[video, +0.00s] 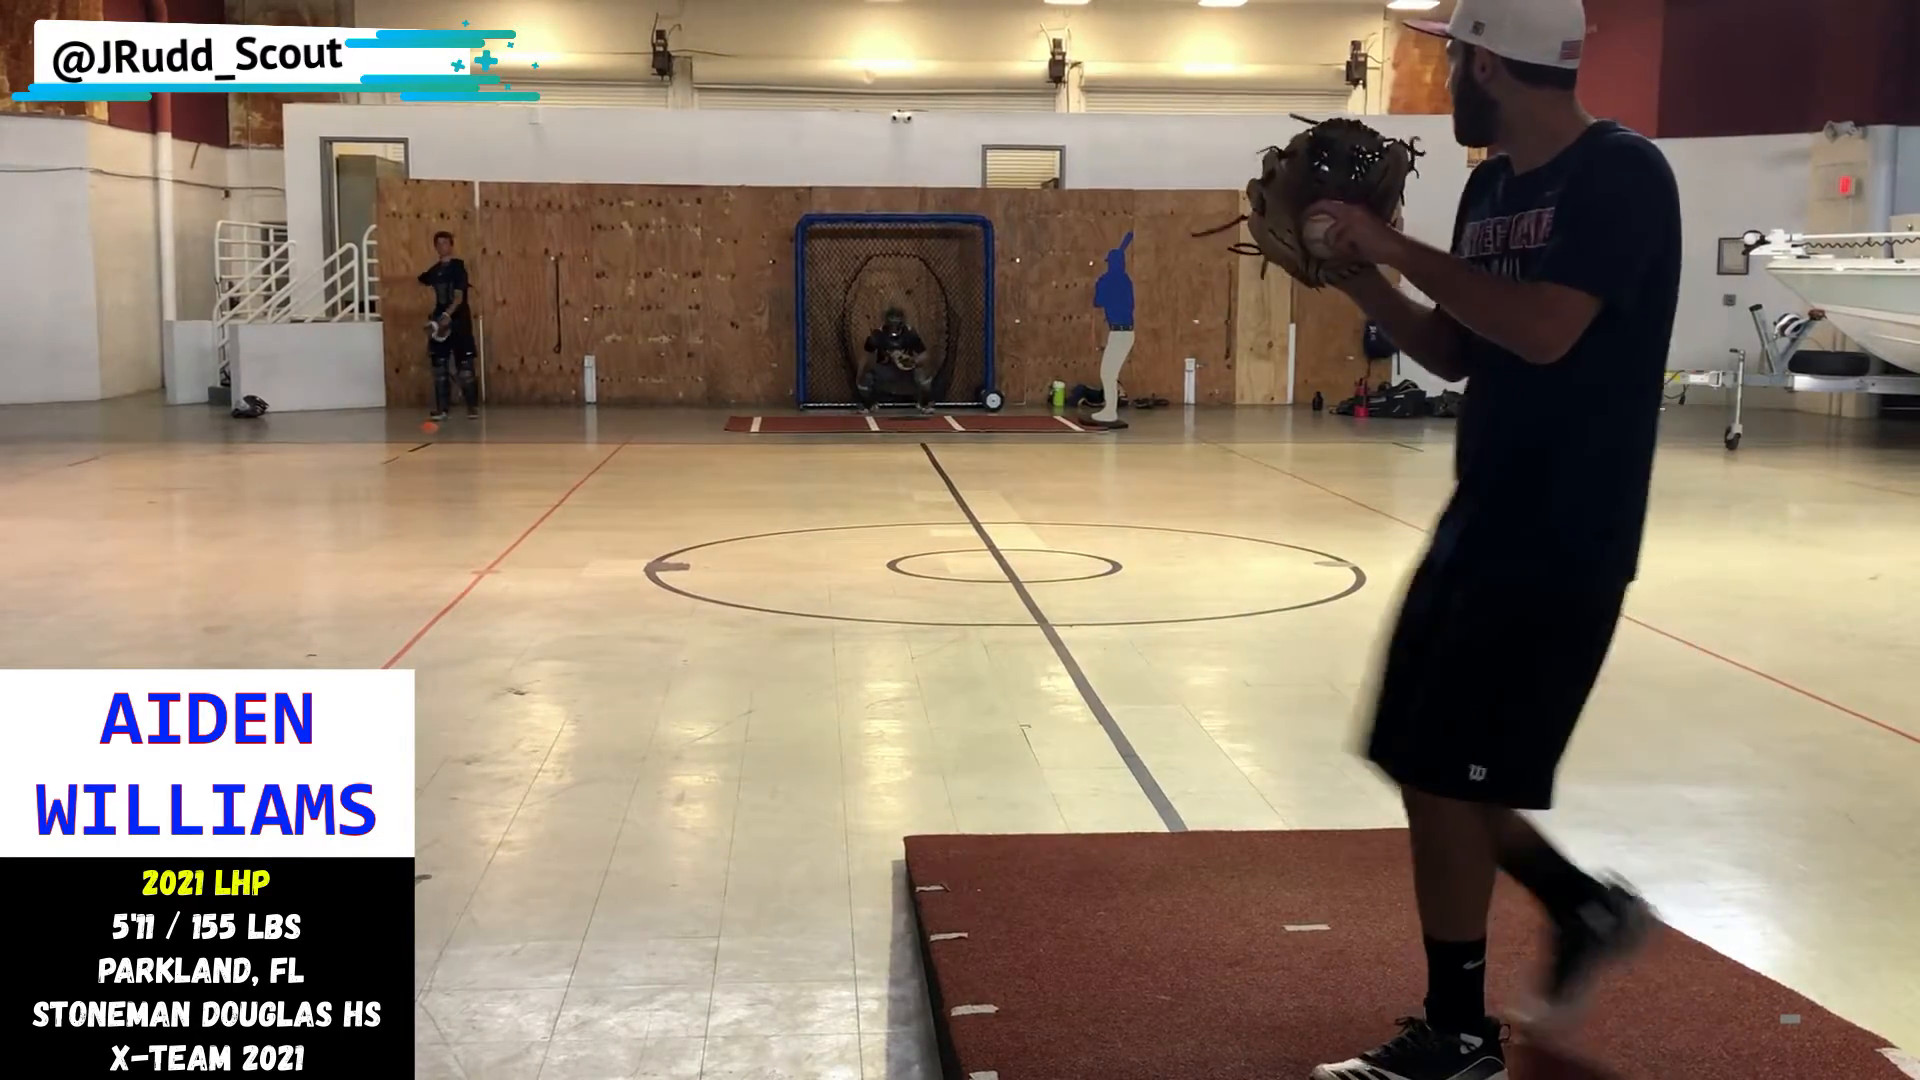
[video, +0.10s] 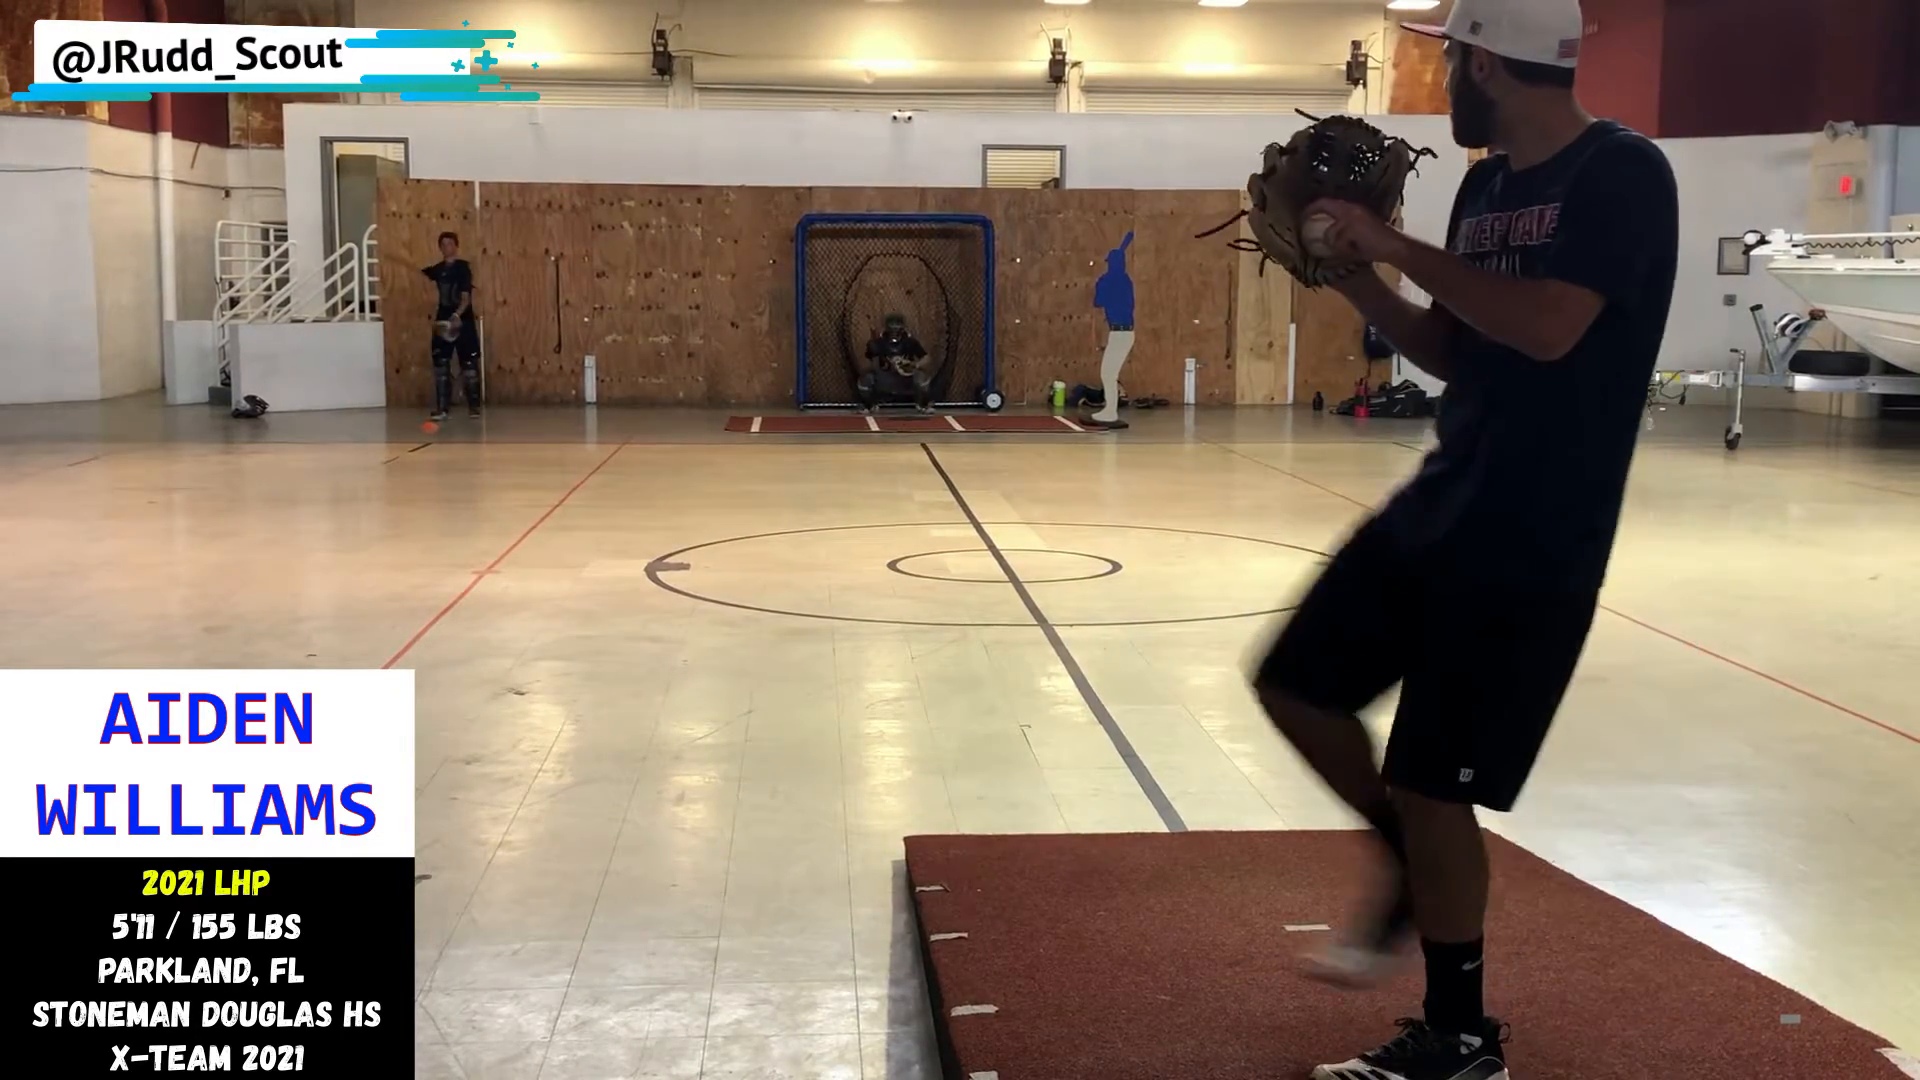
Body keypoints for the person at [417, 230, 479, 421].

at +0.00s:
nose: (442, 247)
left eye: (445, 243)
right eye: (439, 244)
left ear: (451, 245)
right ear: (435, 248)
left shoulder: (458, 266)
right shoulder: (435, 270)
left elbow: (459, 297)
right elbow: (422, 280)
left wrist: (446, 316)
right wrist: (439, 265)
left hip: (459, 319)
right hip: (440, 318)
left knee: (464, 363)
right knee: (439, 363)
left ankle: (472, 406)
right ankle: (442, 407)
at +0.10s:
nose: (447, 247)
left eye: (450, 244)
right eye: (443, 245)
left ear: (456, 246)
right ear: (440, 248)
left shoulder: (463, 267)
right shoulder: (438, 269)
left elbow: (466, 297)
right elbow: (417, 272)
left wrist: (457, 315)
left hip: (463, 318)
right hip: (443, 317)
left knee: (468, 362)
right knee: (441, 362)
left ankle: (474, 406)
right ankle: (442, 407)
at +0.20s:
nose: (452, 249)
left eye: (455, 245)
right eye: (449, 246)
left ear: (461, 248)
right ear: (444, 249)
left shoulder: (467, 269)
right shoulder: (442, 268)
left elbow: (474, 294)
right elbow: (427, 261)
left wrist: (477, 317)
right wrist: (410, 246)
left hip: (466, 320)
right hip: (447, 320)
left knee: (471, 363)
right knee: (443, 360)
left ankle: (475, 406)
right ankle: (442, 406)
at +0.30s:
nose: (456, 250)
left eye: (459, 247)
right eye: (453, 247)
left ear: (464, 249)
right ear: (449, 250)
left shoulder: (471, 270)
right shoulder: (445, 268)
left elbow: (480, 299)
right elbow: (434, 258)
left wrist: (483, 324)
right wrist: (425, 240)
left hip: (469, 321)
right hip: (449, 320)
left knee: (473, 363)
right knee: (444, 360)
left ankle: (475, 406)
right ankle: (442, 406)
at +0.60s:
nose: (468, 249)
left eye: (471, 245)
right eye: (464, 246)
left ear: (475, 248)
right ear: (458, 248)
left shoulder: (482, 269)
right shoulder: (452, 267)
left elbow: (495, 294)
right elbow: (436, 284)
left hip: (476, 320)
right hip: (455, 319)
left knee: (477, 362)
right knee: (446, 359)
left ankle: (476, 406)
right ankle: (443, 403)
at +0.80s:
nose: (469, 249)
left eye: (472, 245)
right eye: (465, 245)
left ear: (476, 247)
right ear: (459, 247)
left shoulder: (483, 268)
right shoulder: (452, 268)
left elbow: (491, 291)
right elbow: (447, 290)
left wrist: (475, 296)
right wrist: (462, 297)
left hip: (478, 321)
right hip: (457, 322)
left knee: (478, 363)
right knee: (453, 361)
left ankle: (476, 405)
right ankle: (452, 402)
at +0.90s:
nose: (466, 248)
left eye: (469, 244)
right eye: (463, 244)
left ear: (473, 246)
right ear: (456, 247)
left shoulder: (481, 268)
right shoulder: (451, 268)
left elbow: (488, 297)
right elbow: (455, 292)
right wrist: (472, 302)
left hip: (477, 321)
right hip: (457, 321)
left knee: (478, 362)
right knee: (454, 361)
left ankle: (476, 405)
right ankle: (458, 402)